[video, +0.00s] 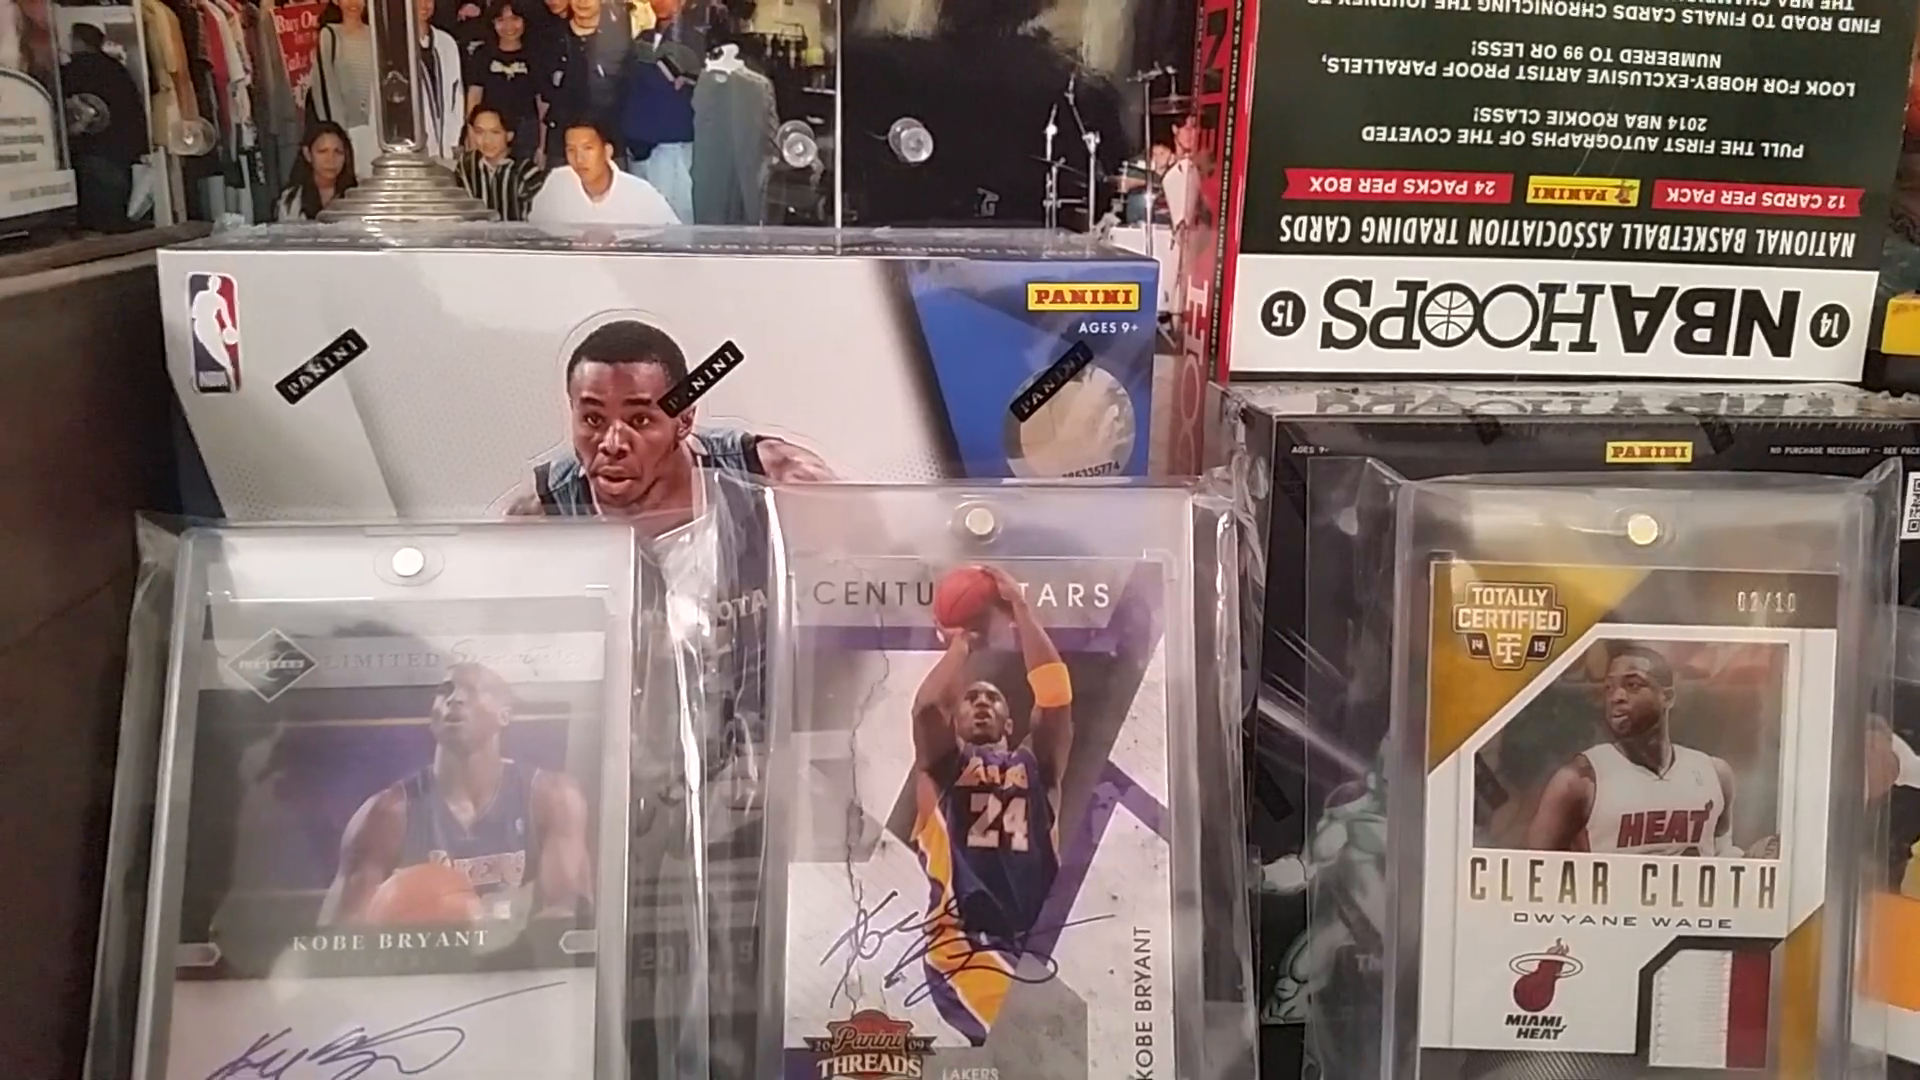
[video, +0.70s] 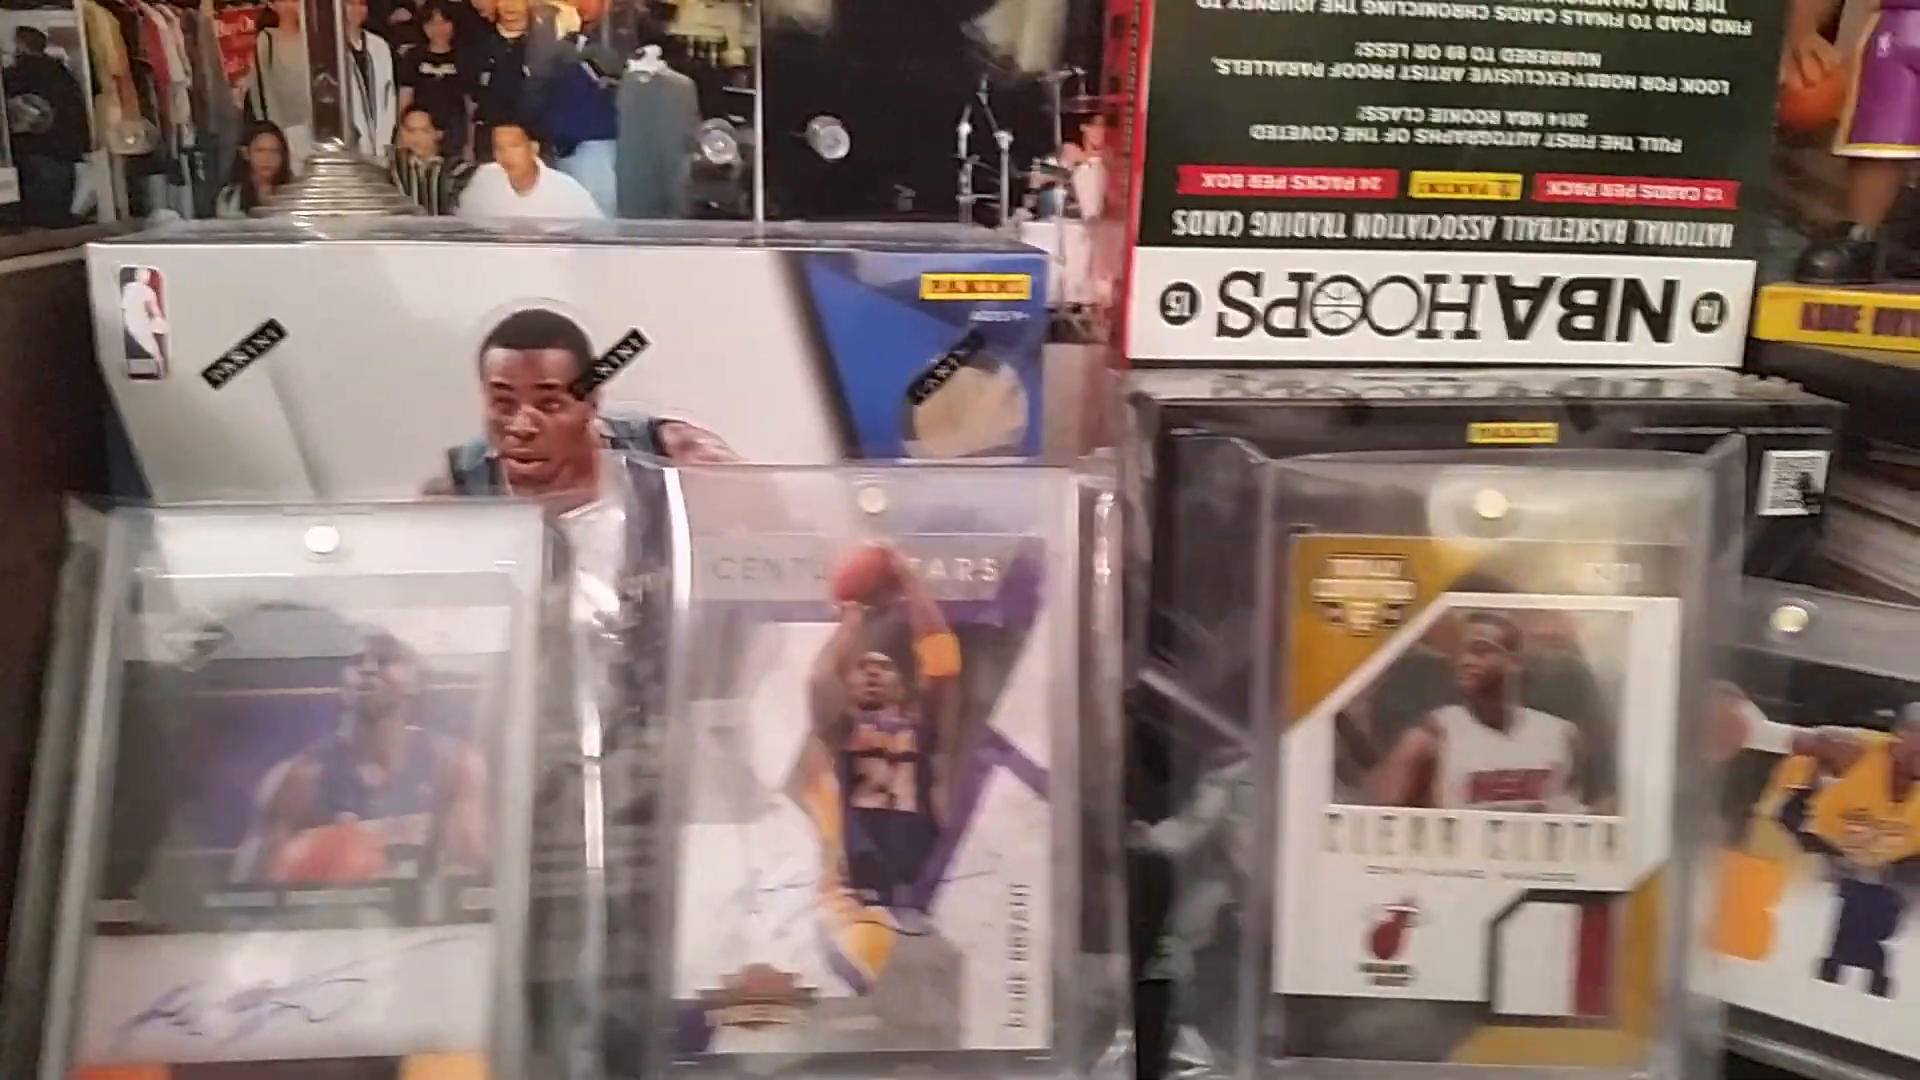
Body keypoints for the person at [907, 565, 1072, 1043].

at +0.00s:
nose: (981, 703)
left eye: (992, 698)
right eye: (971, 698)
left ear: (1010, 720)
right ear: (955, 719)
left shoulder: (1038, 763)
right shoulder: (943, 762)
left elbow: (1054, 694)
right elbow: (928, 706)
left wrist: (1020, 606)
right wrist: (961, 640)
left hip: (1032, 942)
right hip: (960, 943)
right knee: (1042, 1035)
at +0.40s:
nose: (986, 688)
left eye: (997, 683)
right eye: (975, 683)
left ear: (1014, 702)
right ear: (960, 702)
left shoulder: (1041, 746)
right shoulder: (949, 746)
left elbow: (1058, 680)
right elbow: (933, 689)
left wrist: (1025, 594)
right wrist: (970, 624)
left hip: (1035, 919)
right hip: (965, 921)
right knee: (1035, 1014)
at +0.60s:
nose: (909, 682)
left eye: (922, 672)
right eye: (898, 673)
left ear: (941, 681)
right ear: (881, 682)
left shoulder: (955, 725)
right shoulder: (876, 730)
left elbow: (979, 664)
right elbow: (858, 682)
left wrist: (947, 593)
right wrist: (893, 621)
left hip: (949, 833)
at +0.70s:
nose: (872, 675)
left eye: (884, 666)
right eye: (861, 667)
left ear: (904, 677)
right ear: (845, 677)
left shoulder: (923, 724)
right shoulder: (839, 726)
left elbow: (941, 657)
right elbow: (822, 678)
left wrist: (910, 584)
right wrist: (852, 620)